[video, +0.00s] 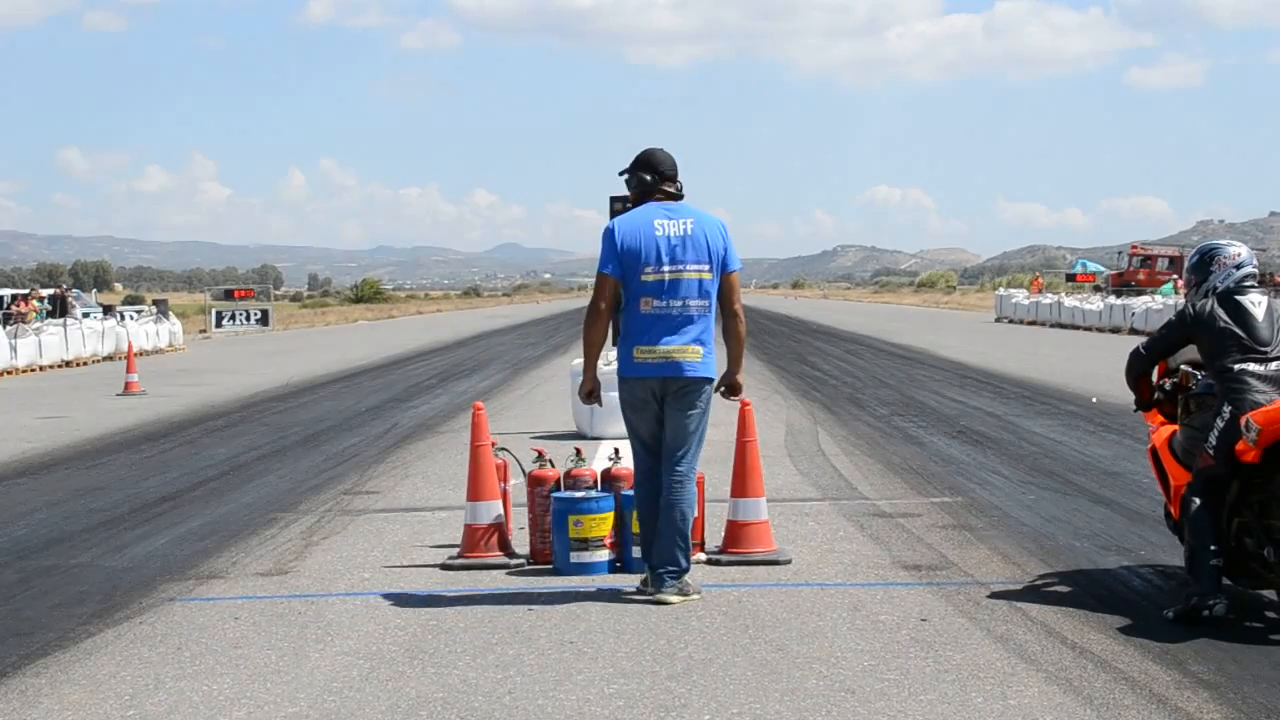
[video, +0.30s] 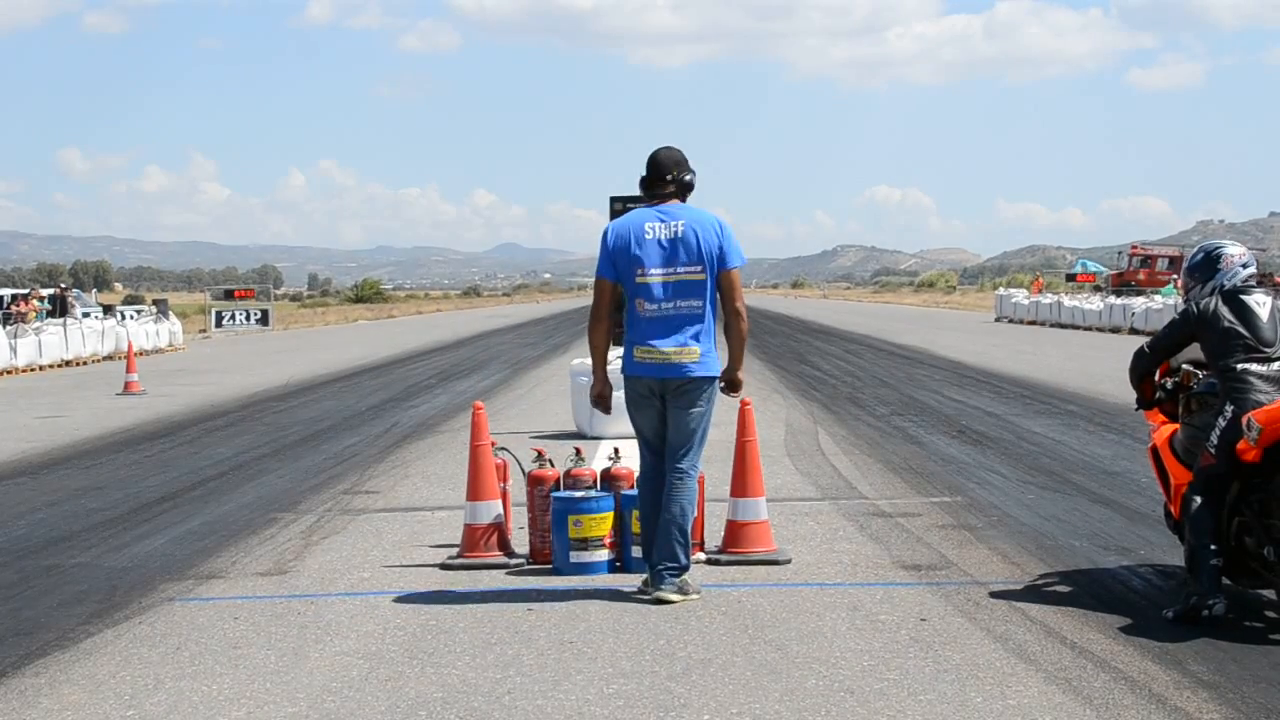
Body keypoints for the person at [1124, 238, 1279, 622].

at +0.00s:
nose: (1188, 287)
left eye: (1191, 279)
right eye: (1188, 280)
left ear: (1206, 276)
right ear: (1244, 268)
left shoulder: (1201, 310)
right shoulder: (1271, 302)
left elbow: (1140, 358)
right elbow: (1258, 352)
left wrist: (1147, 397)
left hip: (1244, 406)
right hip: (1279, 401)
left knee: (1199, 493)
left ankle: (1206, 594)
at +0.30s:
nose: (1187, 289)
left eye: (1190, 281)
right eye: (1187, 282)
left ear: (1206, 276)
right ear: (1238, 267)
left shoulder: (1202, 307)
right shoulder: (1270, 299)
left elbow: (1145, 357)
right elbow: (1258, 351)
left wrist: (1148, 395)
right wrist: (1218, 378)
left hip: (1246, 403)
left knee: (1200, 491)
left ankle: (1205, 593)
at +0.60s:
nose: (1188, 287)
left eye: (1192, 279)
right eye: (1189, 279)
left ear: (1211, 274)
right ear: (1242, 266)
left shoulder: (1204, 307)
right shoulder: (1272, 299)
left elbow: (1145, 356)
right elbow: (1259, 352)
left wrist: (1149, 395)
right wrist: (1218, 379)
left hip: (1247, 404)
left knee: (1200, 492)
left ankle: (1205, 591)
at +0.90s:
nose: (1187, 288)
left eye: (1191, 280)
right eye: (1188, 281)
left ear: (1206, 276)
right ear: (1244, 267)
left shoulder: (1201, 308)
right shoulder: (1272, 300)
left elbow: (1140, 357)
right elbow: (1256, 352)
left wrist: (1148, 397)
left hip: (1244, 405)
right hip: (1279, 399)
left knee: (1198, 492)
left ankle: (1206, 592)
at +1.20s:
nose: (1185, 287)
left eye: (1189, 280)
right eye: (1186, 280)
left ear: (1203, 276)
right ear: (1243, 269)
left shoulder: (1198, 309)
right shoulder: (1270, 303)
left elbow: (1137, 358)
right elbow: (1257, 353)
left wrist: (1147, 398)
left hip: (1243, 404)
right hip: (1279, 399)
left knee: (1198, 493)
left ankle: (1206, 592)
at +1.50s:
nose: (1186, 287)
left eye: (1189, 280)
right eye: (1186, 280)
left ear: (1203, 277)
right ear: (1244, 269)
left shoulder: (1198, 309)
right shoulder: (1271, 304)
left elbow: (1136, 359)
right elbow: (1257, 353)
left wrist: (1148, 399)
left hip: (1243, 403)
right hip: (1279, 398)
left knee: (1199, 492)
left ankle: (1205, 591)